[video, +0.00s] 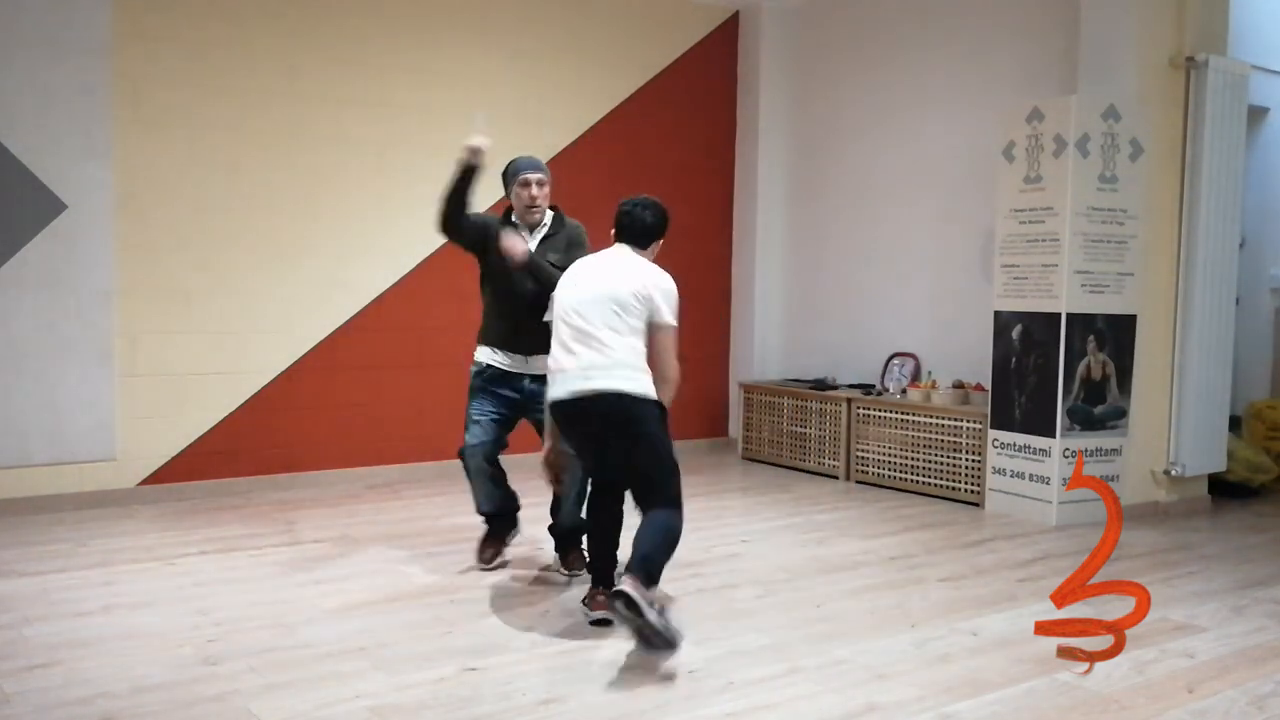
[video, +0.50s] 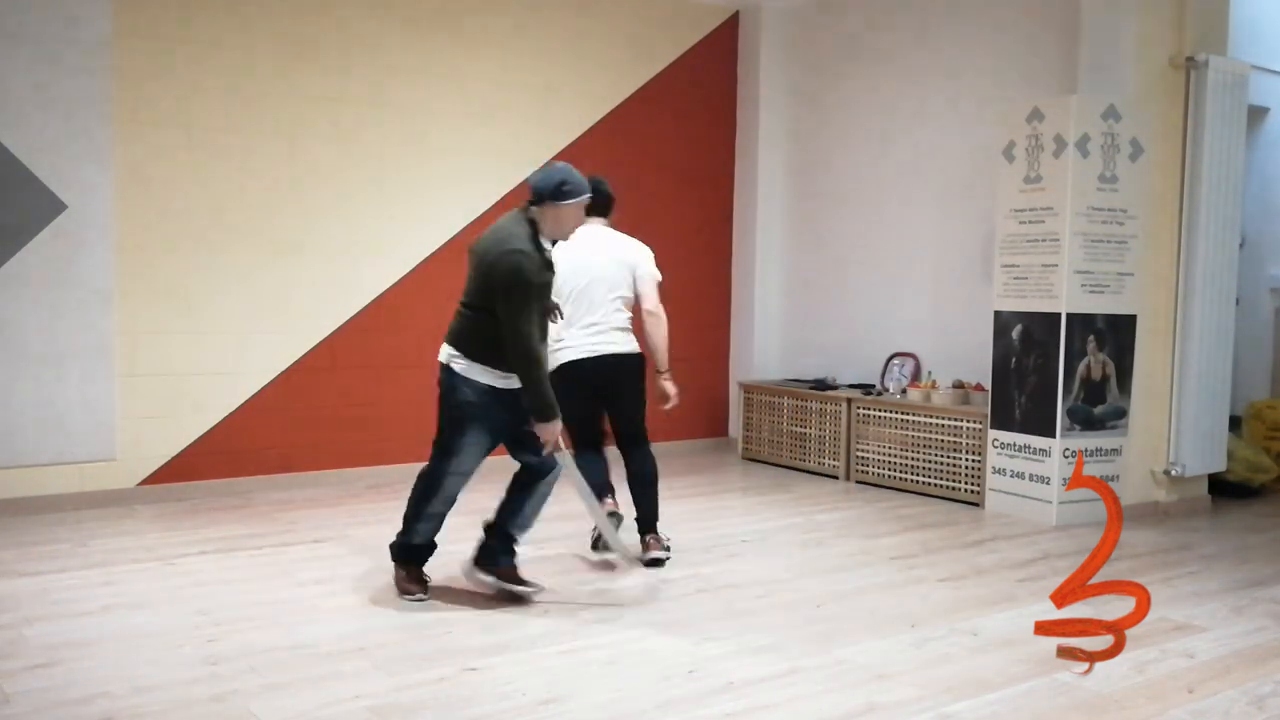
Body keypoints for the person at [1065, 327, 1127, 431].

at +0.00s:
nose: (1087, 345)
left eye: (1091, 342)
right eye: (1088, 342)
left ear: (1098, 344)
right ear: (1088, 345)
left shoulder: (1108, 364)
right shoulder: (1083, 365)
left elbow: (1113, 390)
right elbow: (1076, 391)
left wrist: (1106, 406)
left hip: (1103, 406)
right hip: (1086, 405)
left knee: (1121, 411)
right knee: (1071, 410)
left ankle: (1086, 425)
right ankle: (1102, 425)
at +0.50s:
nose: (1087, 345)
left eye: (1091, 342)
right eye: (1088, 342)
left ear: (1099, 344)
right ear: (1088, 345)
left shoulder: (1108, 364)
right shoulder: (1083, 365)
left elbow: (1113, 388)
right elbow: (1076, 390)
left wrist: (1115, 406)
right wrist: (1070, 408)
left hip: (1102, 405)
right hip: (1086, 405)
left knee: (1121, 411)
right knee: (1071, 410)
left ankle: (1086, 425)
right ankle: (1101, 425)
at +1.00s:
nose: (1087, 345)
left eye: (1091, 342)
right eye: (1088, 342)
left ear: (1099, 344)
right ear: (1088, 345)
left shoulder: (1108, 364)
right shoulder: (1083, 365)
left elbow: (1114, 390)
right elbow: (1076, 391)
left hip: (1102, 406)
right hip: (1086, 406)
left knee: (1121, 411)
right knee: (1071, 410)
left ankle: (1086, 425)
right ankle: (1102, 425)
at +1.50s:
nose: (1087, 346)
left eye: (1090, 342)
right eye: (1087, 342)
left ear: (1098, 344)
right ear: (1087, 345)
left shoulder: (1108, 364)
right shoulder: (1084, 365)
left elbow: (1114, 391)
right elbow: (1076, 391)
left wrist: (1107, 406)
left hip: (1103, 406)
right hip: (1086, 406)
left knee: (1121, 411)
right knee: (1071, 411)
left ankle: (1086, 425)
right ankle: (1100, 425)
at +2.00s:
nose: (1088, 345)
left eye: (1091, 342)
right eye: (1088, 342)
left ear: (1098, 344)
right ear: (1087, 344)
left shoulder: (1108, 364)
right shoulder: (1084, 364)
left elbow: (1114, 390)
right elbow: (1076, 390)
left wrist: (1109, 406)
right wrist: (1070, 409)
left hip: (1102, 406)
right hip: (1085, 405)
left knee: (1121, 411)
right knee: (1071, 410)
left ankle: (1086, 425)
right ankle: (1100, 425)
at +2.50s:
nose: (1088, 345)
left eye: (1091, 342)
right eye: (1088, 342)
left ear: (1098, 344)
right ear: (1087, 344)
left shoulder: (1108, 364)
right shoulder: (1084, 364)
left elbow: (1114, 392)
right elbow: (1076, 391)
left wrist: (1107, 407)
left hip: (1102, 406)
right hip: (1086, 406)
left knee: (1121, 411)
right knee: (1071, 410)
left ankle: (1086, 425)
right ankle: (1099, 425)